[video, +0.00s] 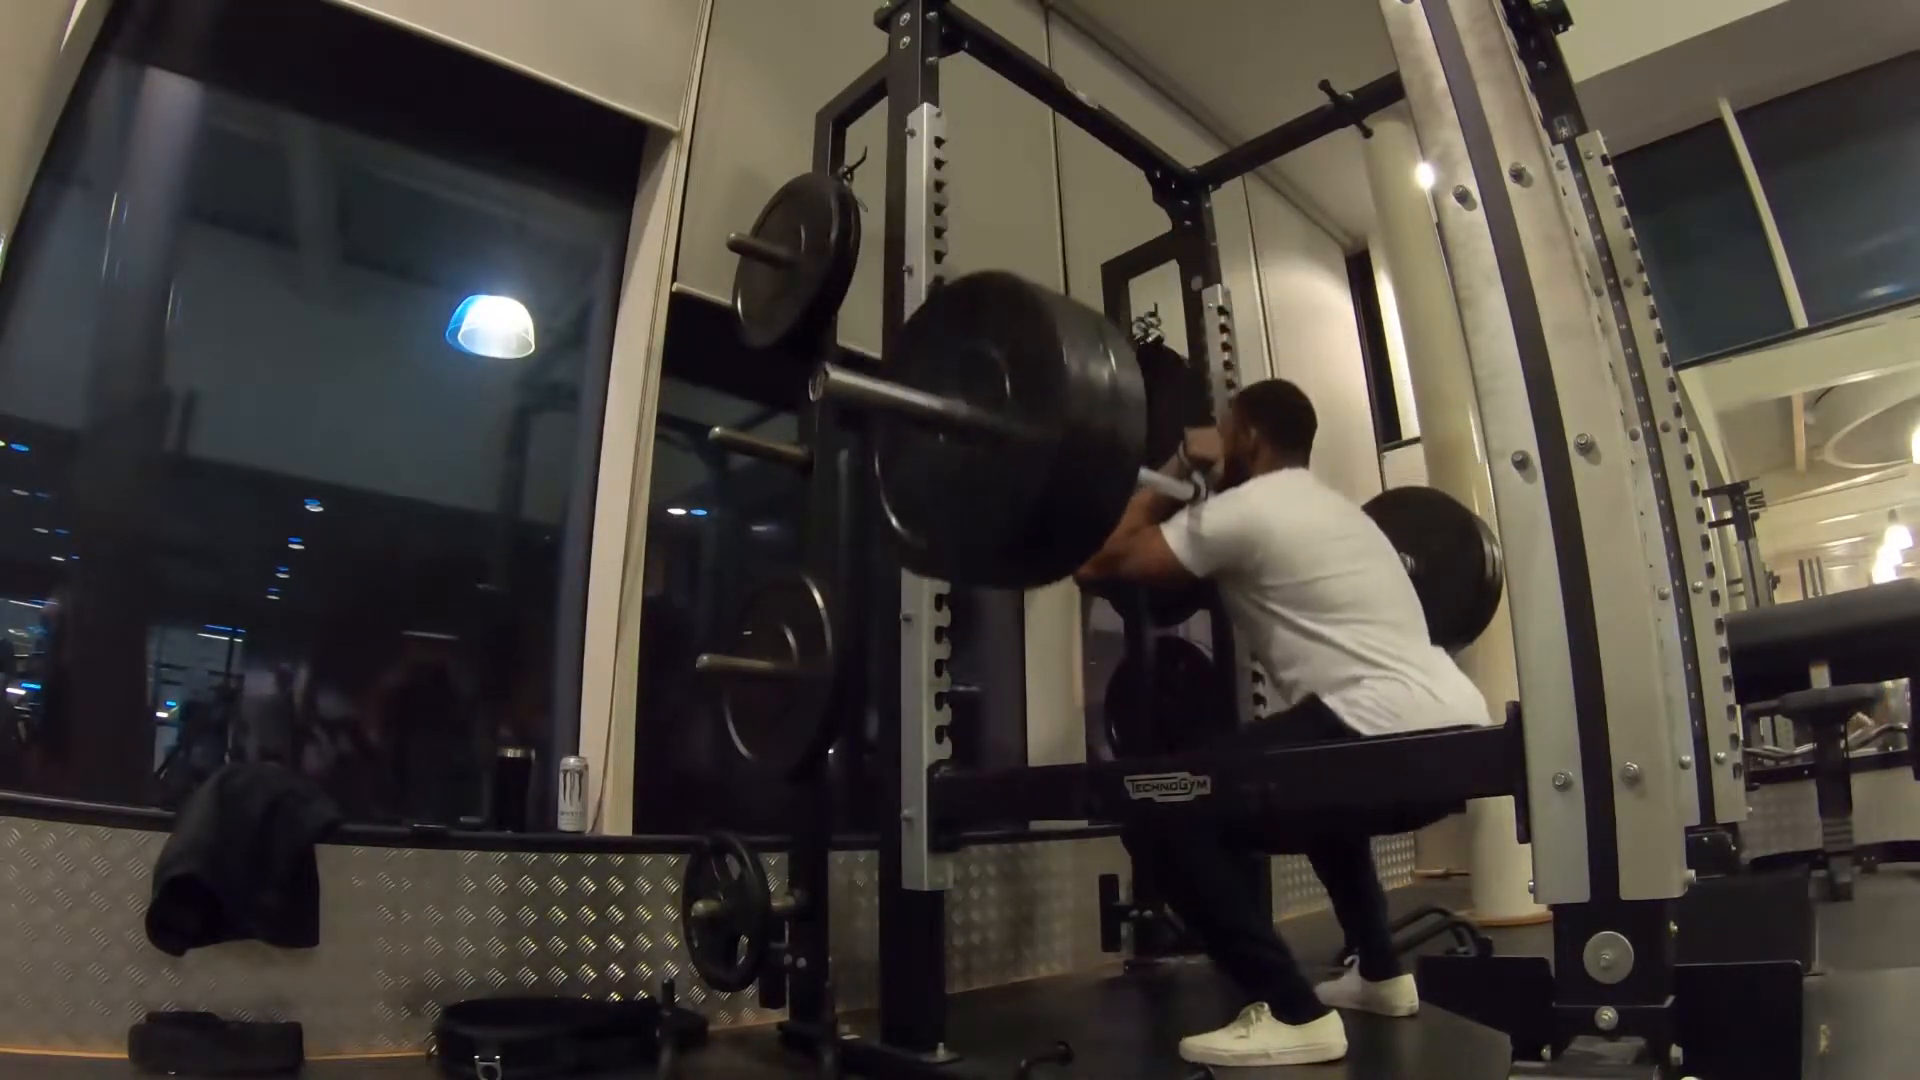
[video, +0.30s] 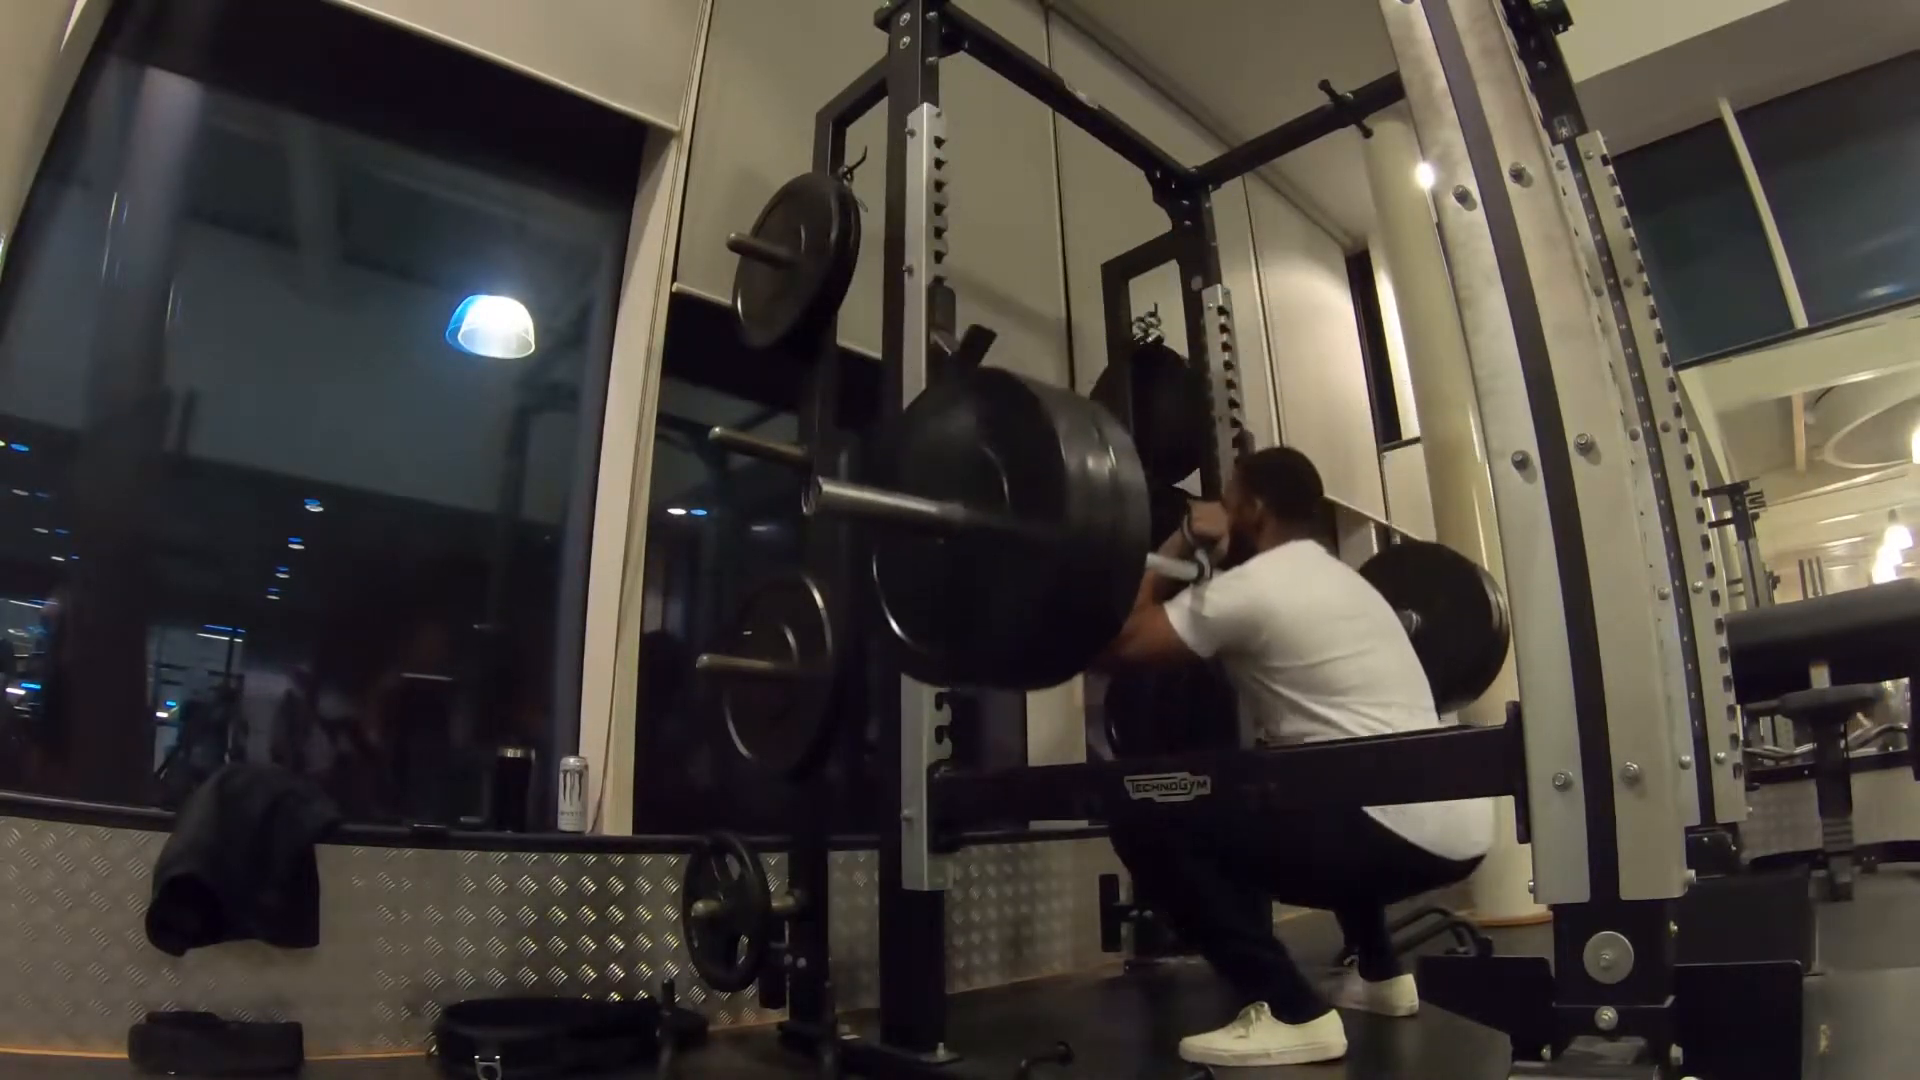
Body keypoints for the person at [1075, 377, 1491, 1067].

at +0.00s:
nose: (1219, 442)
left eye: (1227, 431)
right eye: (1221, 429)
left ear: (1253, 439)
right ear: (1298, 443)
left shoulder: (1245, 513)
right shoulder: (1334, 504)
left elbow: (1114, 556)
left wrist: (1166, 476)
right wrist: (1219, 470)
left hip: (1372, 734)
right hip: (1463, 732)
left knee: (1169, 803)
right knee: (1300, 781)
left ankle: (1294, 1013)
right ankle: (1382, 971)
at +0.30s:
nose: (1223, 516)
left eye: (1229, 505)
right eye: (1225, 506)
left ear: (1256, 512)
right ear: (1311, 513)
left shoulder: (1251, 590)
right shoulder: (1339, 575)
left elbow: (1125, 642)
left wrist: (1178, 546)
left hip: (1381, 838)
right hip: (1458, 838)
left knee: (1156, 825)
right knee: (1308, 784)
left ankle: (1291, 1012)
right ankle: (1381, 971)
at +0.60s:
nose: (1225, 537)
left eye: (1233, 525)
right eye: (1229, 525)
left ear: (1263, 535)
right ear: (1311, 539)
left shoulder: (1255, 615)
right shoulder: (1342, 599)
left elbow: (1136, 672)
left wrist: (1177, 578)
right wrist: (1209, 576)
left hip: (1394, 866)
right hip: (1464, 865)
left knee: (1156, 828)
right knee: (1298, 796)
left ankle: (1291, 1013)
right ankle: (1381, 970)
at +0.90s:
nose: (1220, 466)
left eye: (1227, 454)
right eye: (1222, 454)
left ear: (1253, 462)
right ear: (1299, 467)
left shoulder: (1249, 534)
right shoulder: (1335, 522)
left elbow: (1123, 590)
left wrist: (1167, 500)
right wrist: (1223, 498)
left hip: (1385, 765)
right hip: (1468, 758)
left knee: (1172, 812)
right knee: (1300, 778)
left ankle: (1294, 1014)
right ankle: (1381, 971)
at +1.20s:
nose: (1221, 384)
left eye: (1227, 372)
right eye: (1223, 371)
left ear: (1252, 379)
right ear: (1300, 387)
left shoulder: (1247, 450)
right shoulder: (1337, 449)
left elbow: (1105, 496)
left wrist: (1167, 420)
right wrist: (1221, 413)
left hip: (1362, 670)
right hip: (1451, 682)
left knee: (1173, 794)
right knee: (1315, 779)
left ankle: (1292, 1011)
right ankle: (1381, 968)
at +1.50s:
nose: (1223, 301)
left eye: (1231, 288)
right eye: (1227, 290)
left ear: (1259, 287)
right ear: (1302, 297)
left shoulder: (1252, 353)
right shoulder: (1336, 367)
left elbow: (1109, 400)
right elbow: (1180, 445)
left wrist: (1173, 324)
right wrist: (1192, 341)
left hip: (1328, 597)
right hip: (1408, 603)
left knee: (1195, 783)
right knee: (1326, 773)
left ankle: (1293, 1010)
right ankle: (1383, 969)